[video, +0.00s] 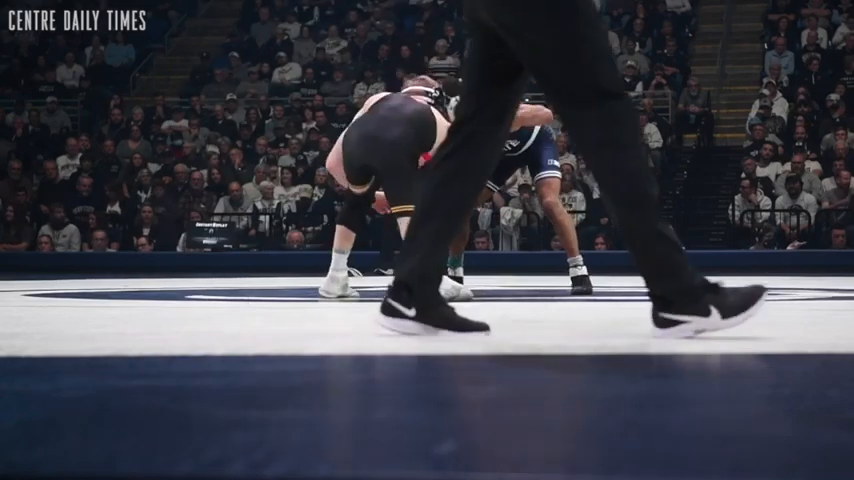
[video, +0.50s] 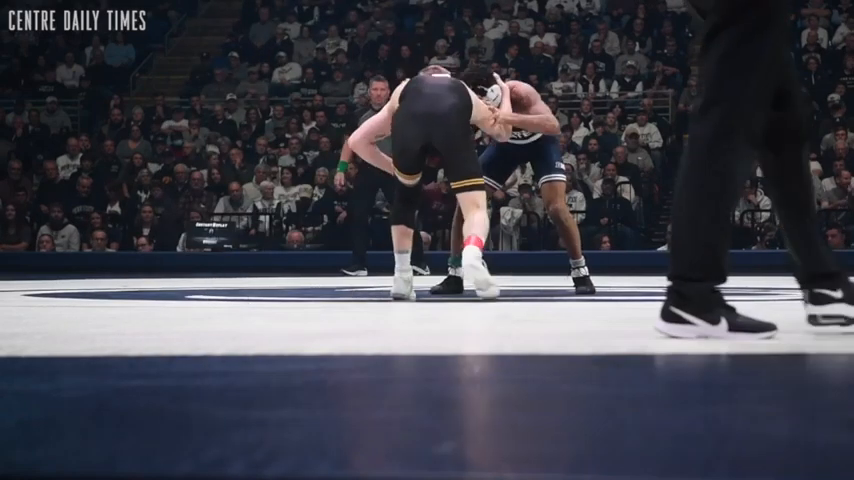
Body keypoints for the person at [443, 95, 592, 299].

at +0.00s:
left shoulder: (508, 113)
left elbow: (547, 114)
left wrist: (513, 117)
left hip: (536, 141)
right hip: (502, 151)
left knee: (549, 201)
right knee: (462, 202)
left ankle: (578, 269)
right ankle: (455, 274)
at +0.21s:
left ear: (447, 87)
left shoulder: (472, 101)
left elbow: (518, 116)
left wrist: (468, 111)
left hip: (524, 142)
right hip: (492, 154)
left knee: (534, 192)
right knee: (450, 202)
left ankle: (581, 262)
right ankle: (450, 273)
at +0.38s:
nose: (472, 91)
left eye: (473, 84)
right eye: (466, 87)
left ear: (481, 78)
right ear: (458, 87)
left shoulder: (501, 81)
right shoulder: (459, 102)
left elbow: (534, 100)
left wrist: (491, 89)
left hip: (532, 144)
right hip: (499, 150)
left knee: (549, 206)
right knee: (462, 197)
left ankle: (579, 269)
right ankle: (452, 269)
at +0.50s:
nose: (491, 110)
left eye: (492, 103)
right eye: (484, 107)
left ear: (499, 89)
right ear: (473, 100)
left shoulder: (521, 92)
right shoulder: (472, 104)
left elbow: (553, 126)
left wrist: (509, 118)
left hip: (541, 143)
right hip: (504, 145)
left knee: (556, 207)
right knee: (467, 200)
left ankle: (580, 273)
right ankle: (455, 275)